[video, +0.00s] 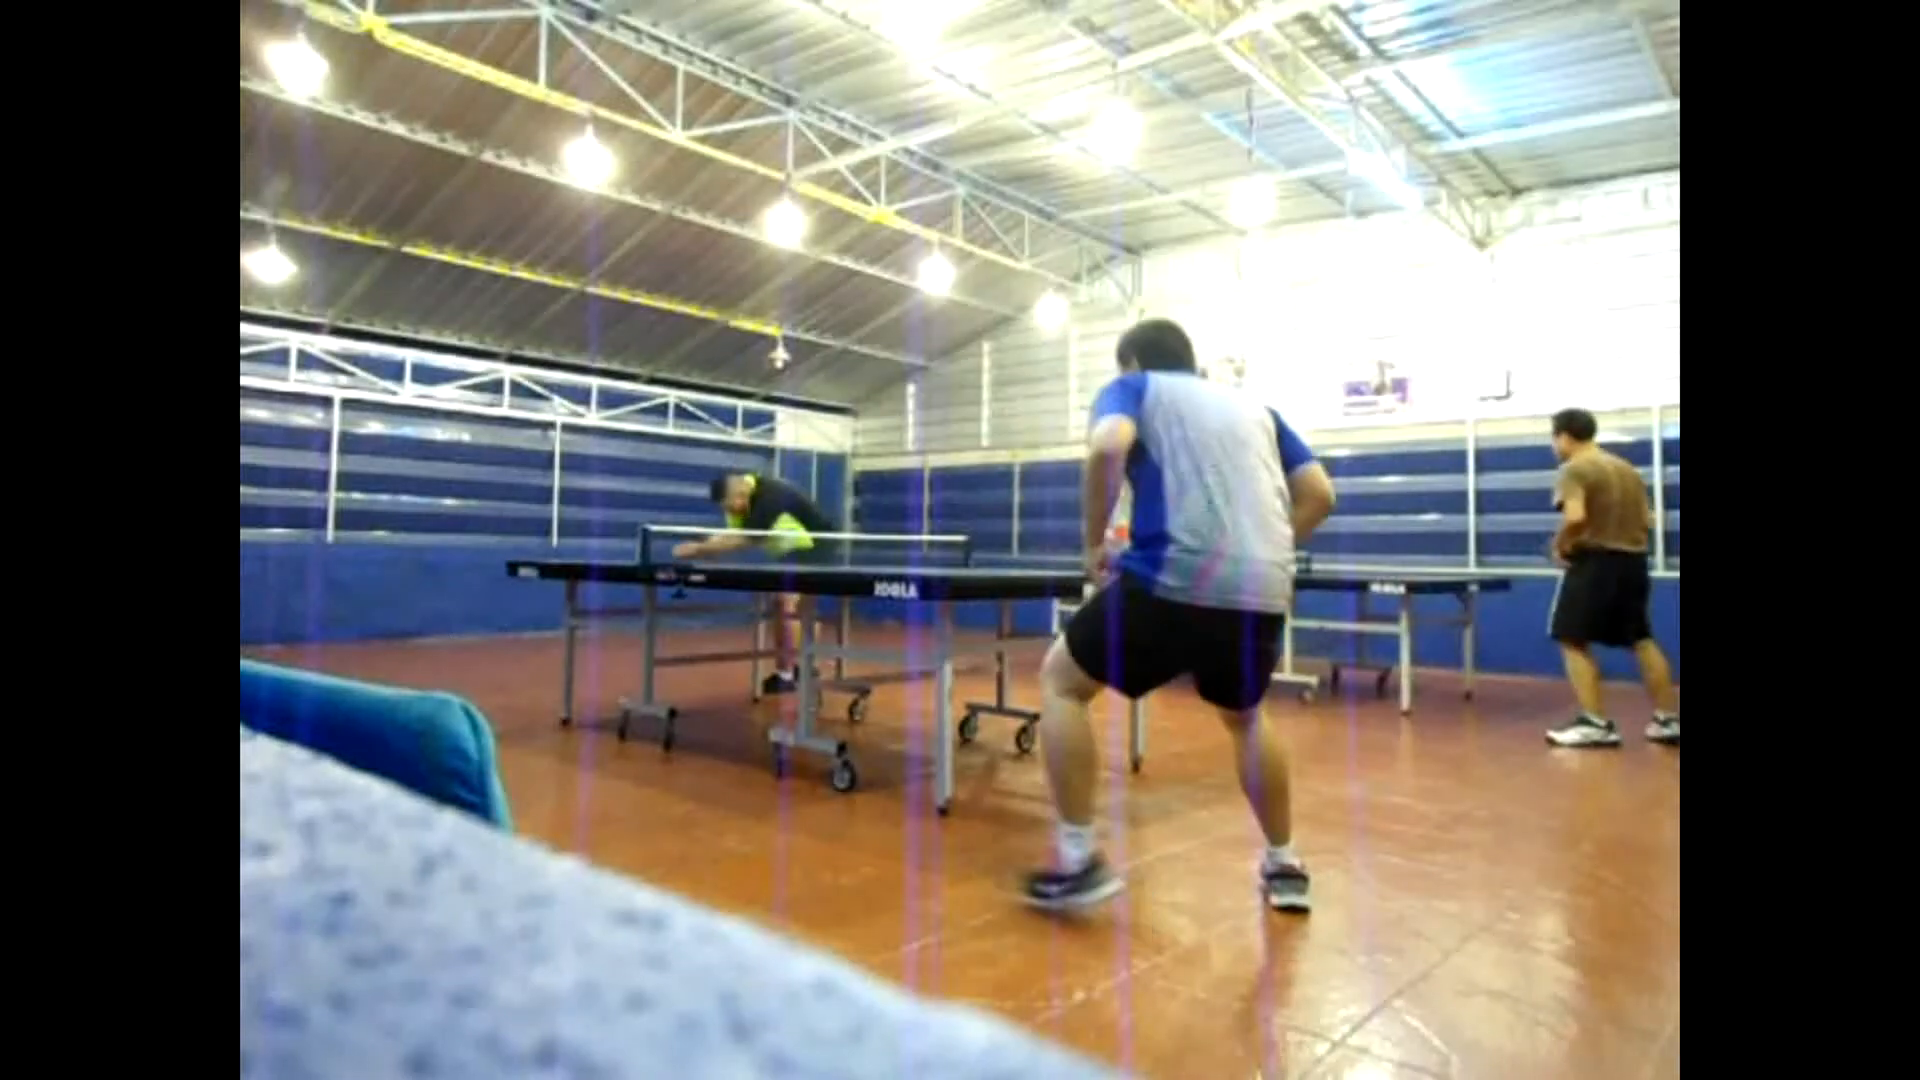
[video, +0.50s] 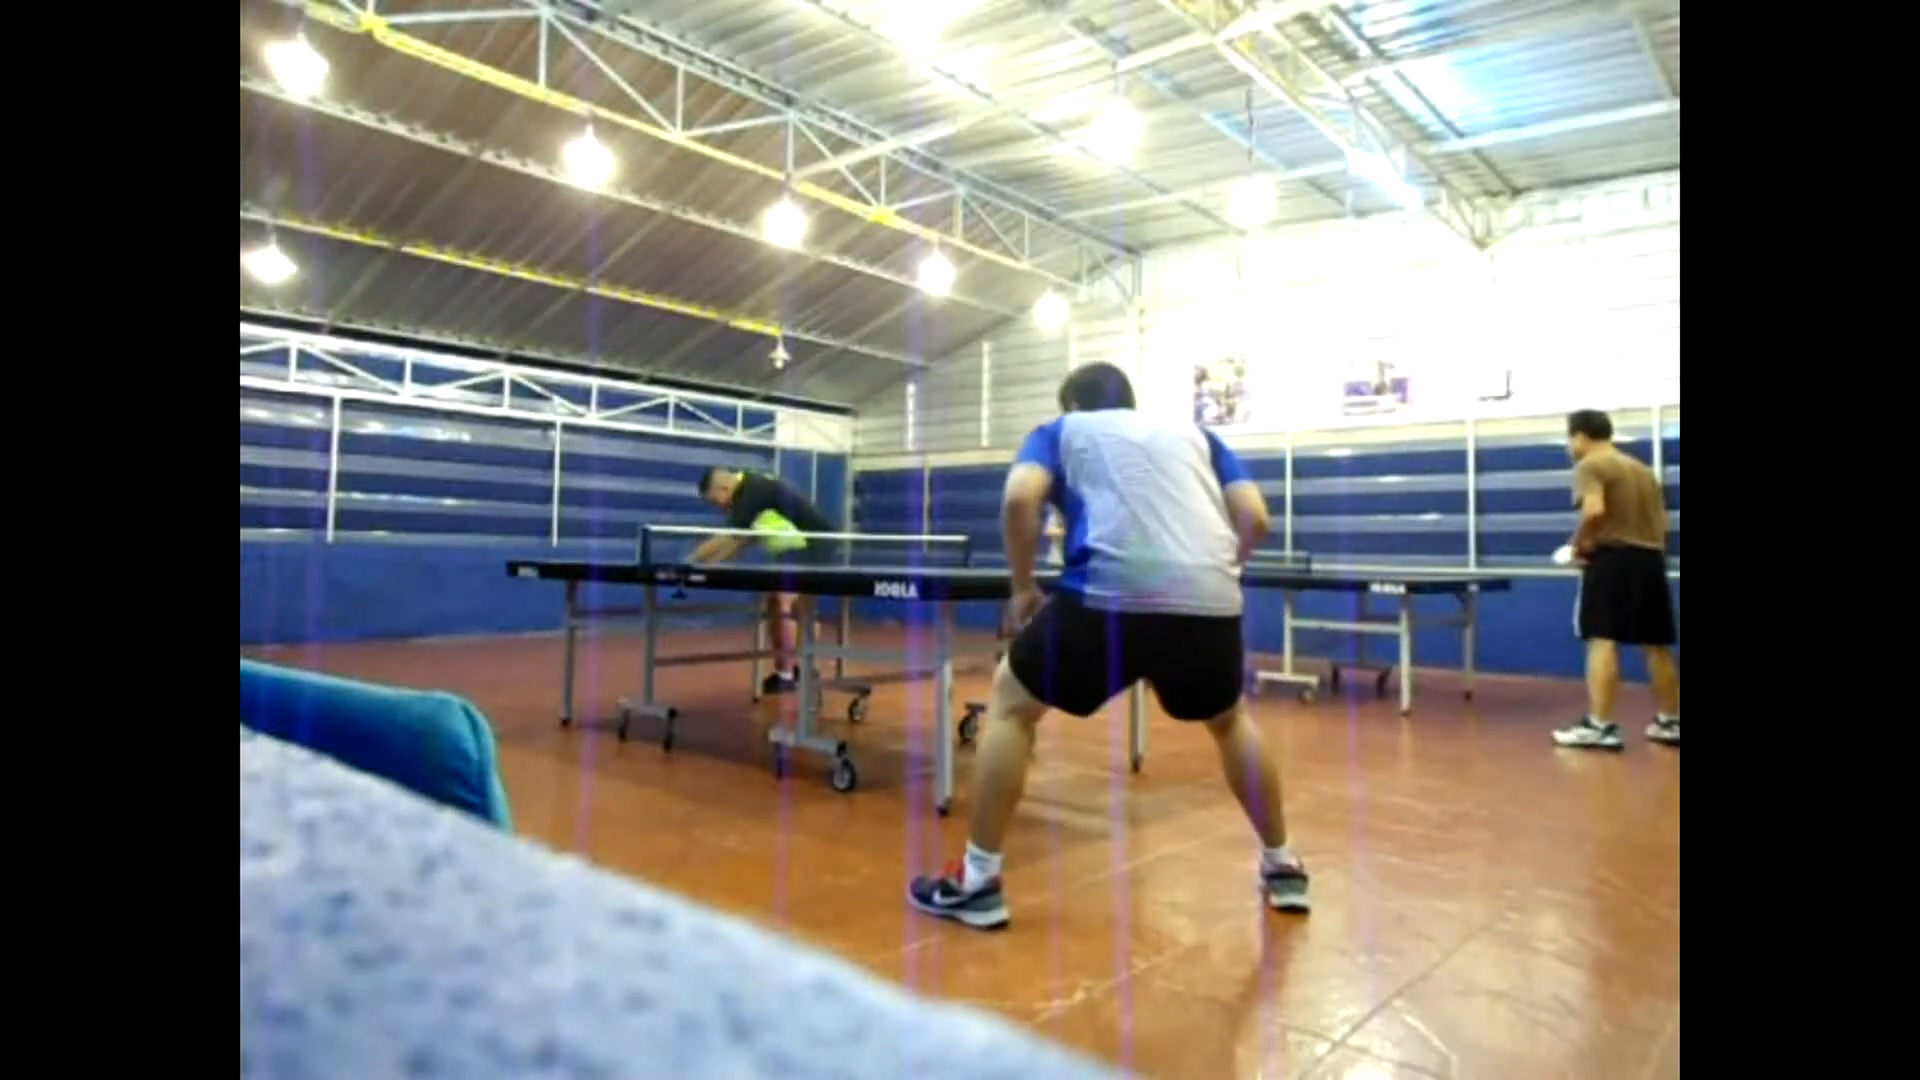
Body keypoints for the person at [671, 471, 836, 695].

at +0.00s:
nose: (732, 511)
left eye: (731, 504)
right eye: (727, 508)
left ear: (739, 491)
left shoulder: (769, 495)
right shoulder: (742, 498)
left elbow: (749, 538)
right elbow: (734, 534)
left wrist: (699, 549)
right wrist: (700, 549)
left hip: (811, 550)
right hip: (789, 551)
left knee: (789, 607)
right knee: (783, 608)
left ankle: (788, 671)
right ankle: (787, 667)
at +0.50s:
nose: (719, 506)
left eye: (716, 500)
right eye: (714, 502)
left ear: (725, 486)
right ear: (725, 485)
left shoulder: (751, 492)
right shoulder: (751, 488)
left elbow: (728, 536)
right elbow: (739, 540)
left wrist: (690, 560)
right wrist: (710, 564)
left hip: (810, 547)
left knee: (782, 603)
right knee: (779, 604)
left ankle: (785, 672)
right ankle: (788, 669)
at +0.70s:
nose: (718, 486)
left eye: (717, 480)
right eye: (715, 483)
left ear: (727, 468)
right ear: (727, 474)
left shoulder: (753, 476)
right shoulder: (743, 488)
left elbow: (724, 498)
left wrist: (673, 495)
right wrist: (673, 495)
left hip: (805, 548)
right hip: (786, 551)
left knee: (783, 604)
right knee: (778, 605)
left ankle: (787, 671)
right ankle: (786, 668)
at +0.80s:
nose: (722, 479)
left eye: (724, 472)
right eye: (719, 473)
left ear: (736, 461)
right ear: (733, 464)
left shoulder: (759, 473)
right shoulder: (747, 482)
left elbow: (726, 477)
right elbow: (715, 472)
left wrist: (685, 458)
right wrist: (683, 456)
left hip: (806, 545)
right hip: (788, 548)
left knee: (784, 603)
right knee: (778, 604)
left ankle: (787, 671)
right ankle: (784, 668)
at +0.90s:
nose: (727, 469)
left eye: (732, 461)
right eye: (726, 462)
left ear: (748, 458)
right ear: (734, 466)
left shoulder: (763, 474)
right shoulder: (749, 487)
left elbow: (714, 459)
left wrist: (687, 444)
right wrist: (682, 442)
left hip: (807, 543)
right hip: (787, 547)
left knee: (786, 603)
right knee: (776, 603)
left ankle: (786, 670)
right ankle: (784, 667)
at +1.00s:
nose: (728, 462)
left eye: (732, 454)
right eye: (725, 457)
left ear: (749, 454)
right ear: (727, 461)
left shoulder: (770, 471)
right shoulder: (749, 485)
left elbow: (753, 471)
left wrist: (720, 474)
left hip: (806, 544)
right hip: (784, 548)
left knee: (788, 604)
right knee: (775, 606)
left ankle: (790, 669)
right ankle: (782, 668)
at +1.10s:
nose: (727, 460)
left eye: (731, 453)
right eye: (725, 455)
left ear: (749, 453)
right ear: (731, 459)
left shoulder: (759, 468)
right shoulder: (752, 479)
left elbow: (786, 470)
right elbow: (796, 486)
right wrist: (822, 493)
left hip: (800, 544)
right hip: (786, 546)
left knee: (787, 605)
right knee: (787, 606)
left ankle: (786, 670)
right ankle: (800, 665)